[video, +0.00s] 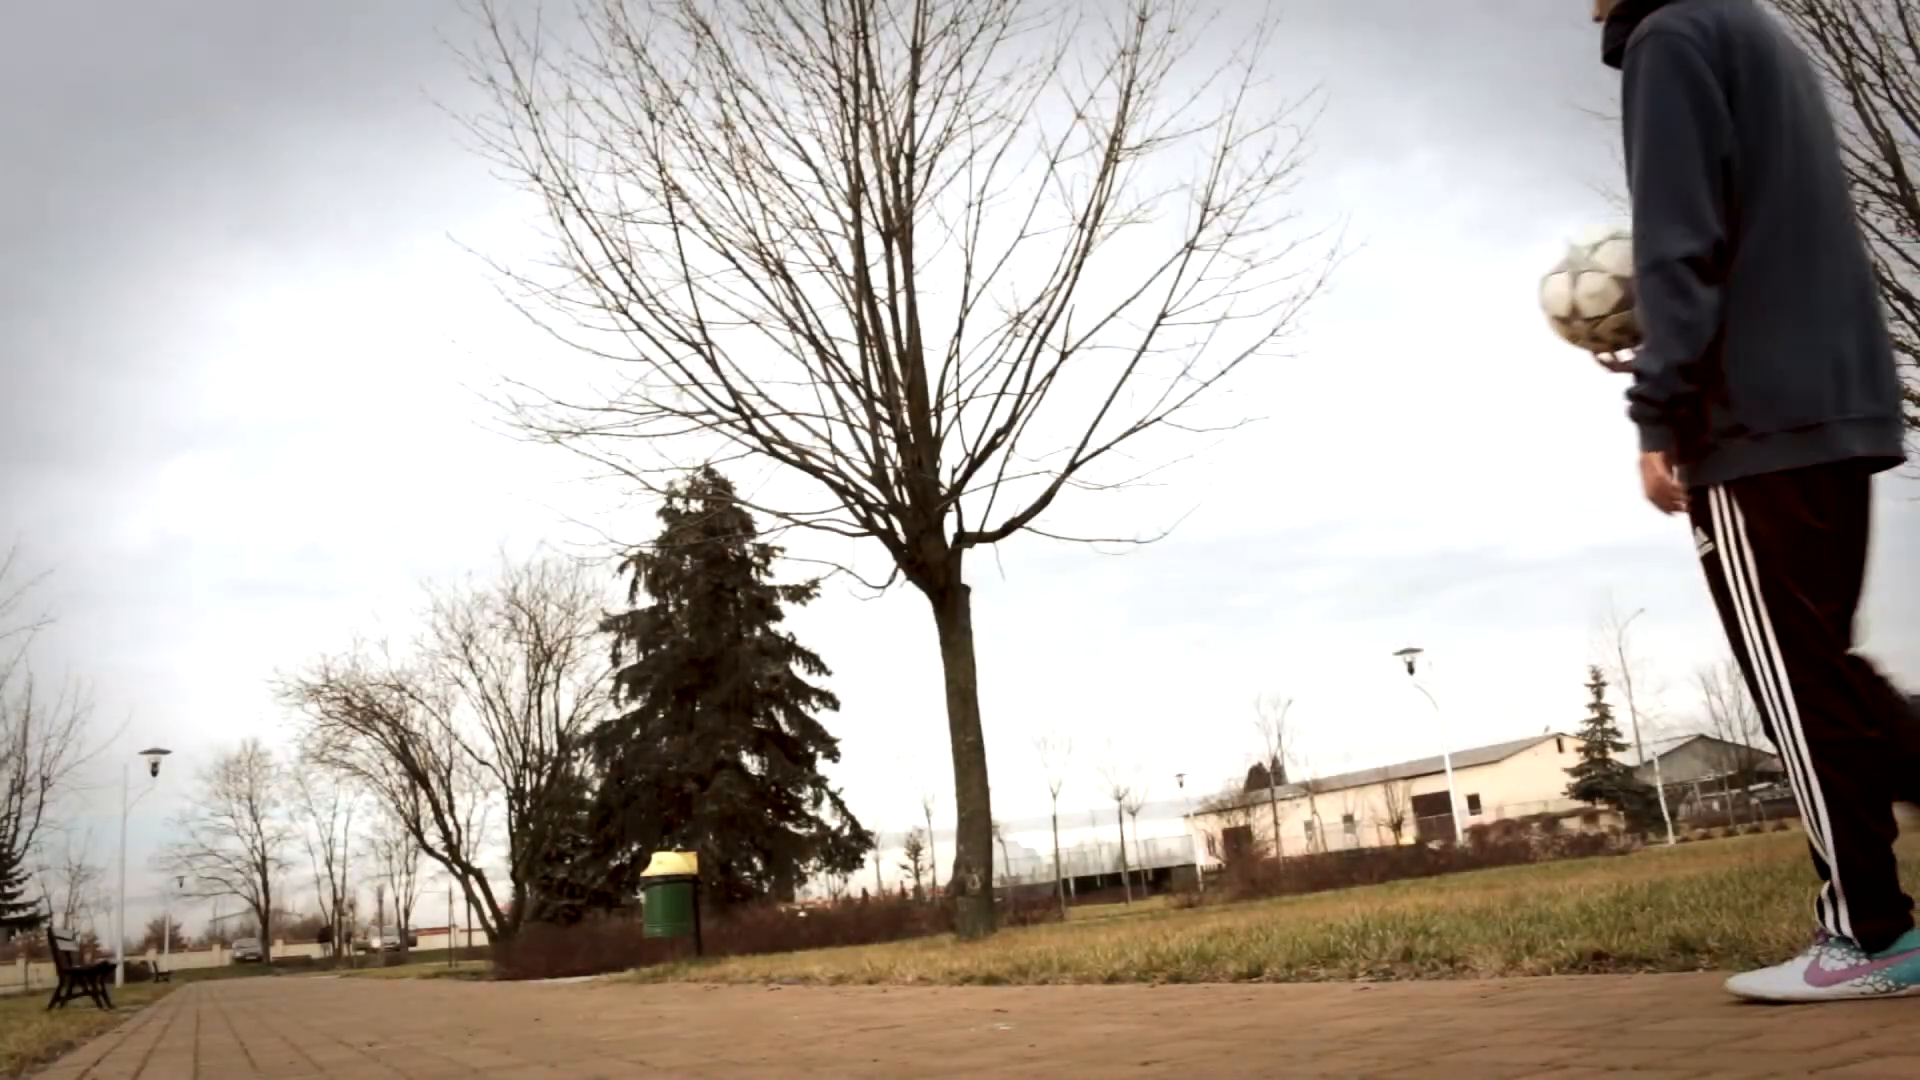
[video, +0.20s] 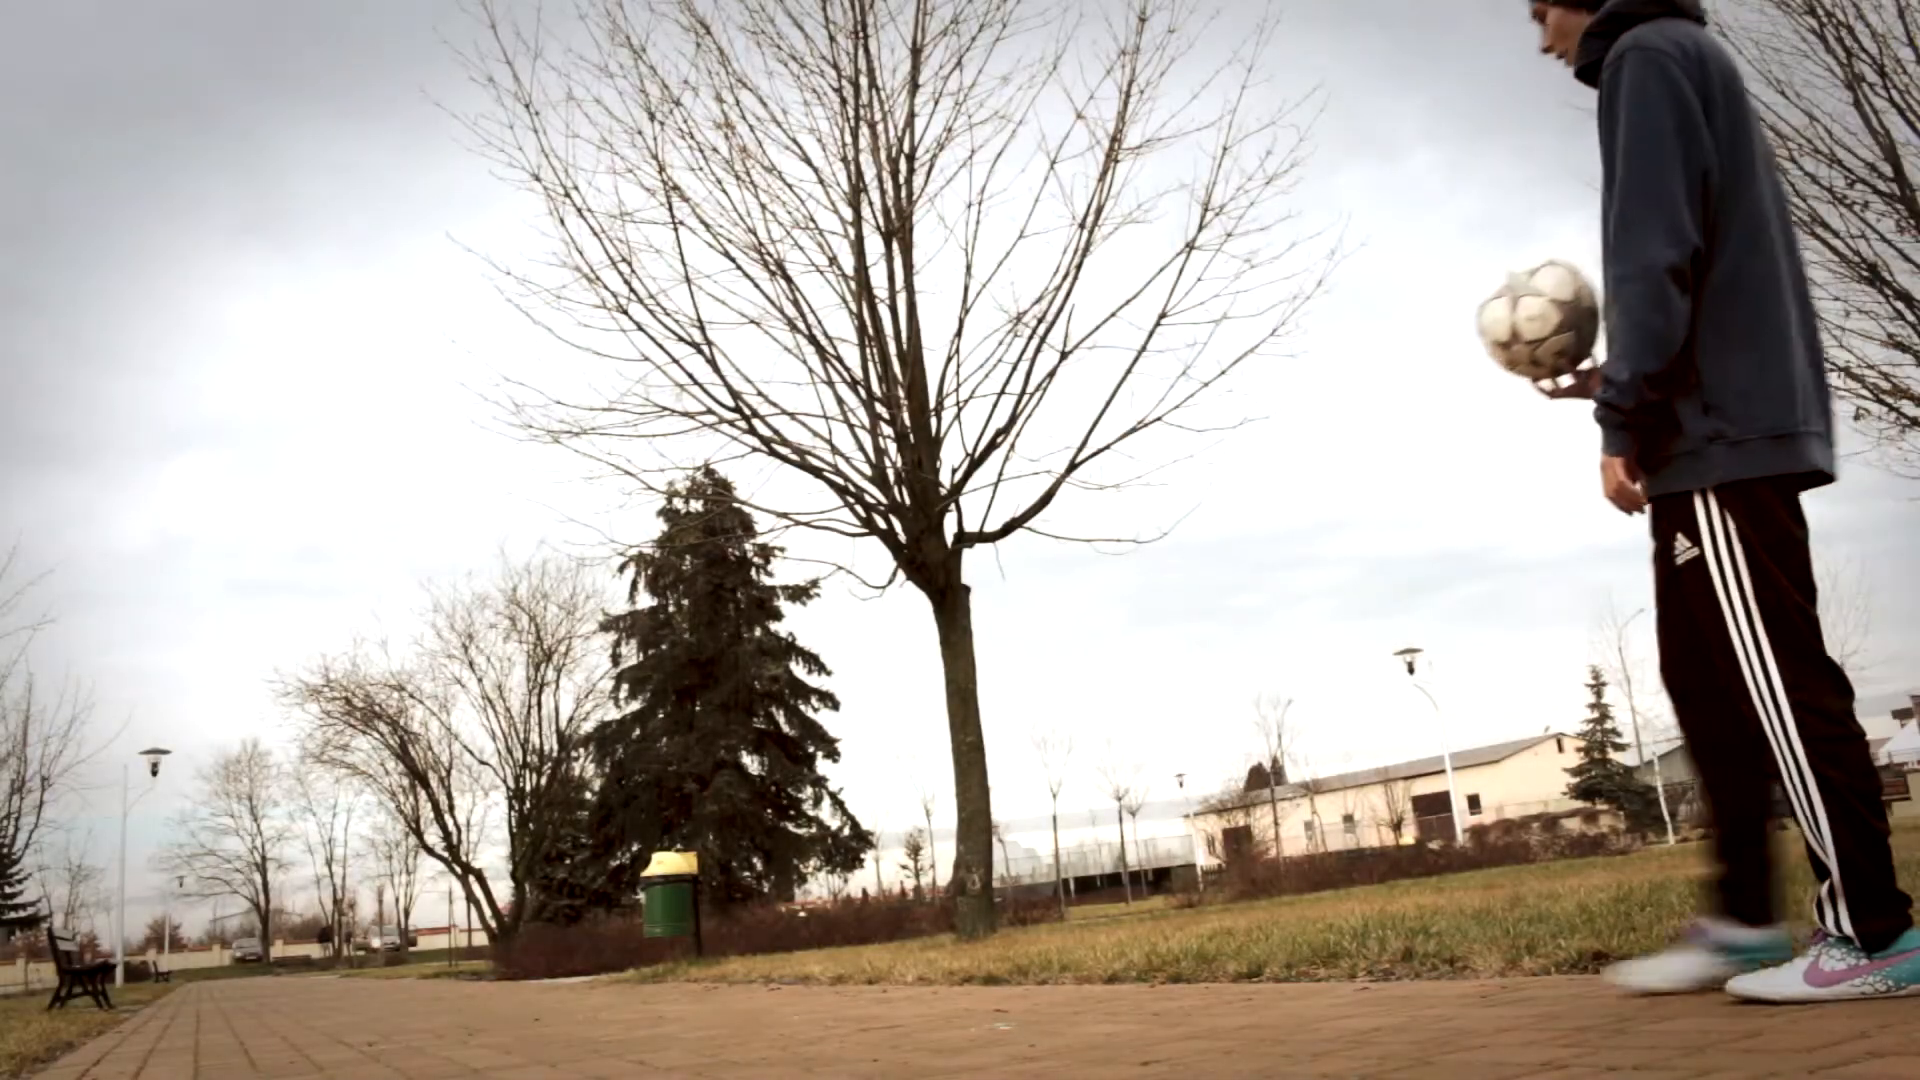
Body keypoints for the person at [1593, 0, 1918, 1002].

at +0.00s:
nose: (1591, 15)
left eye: (1593, 4)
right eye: (1592, 7)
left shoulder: (1670, 43)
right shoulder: (1764, 43)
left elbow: (1680, 243)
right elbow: (1774, 239)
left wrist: (1654, 419)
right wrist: (1653, 317)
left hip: (1760, 421)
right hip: (1833, 408)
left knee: (1792, 681)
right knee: (1823, 666)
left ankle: (1867, 934)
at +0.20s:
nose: (1541, 39)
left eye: (1542, 15)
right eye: (1537, 21)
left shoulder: (1648, 59)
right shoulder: (1674, 58)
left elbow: (1654, 251)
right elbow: (1688, 257)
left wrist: (1622, 420)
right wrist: (1602, 354)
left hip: (1726, 425)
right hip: (1705, 430)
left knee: (1780, 678)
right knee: (1700, 675)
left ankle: (1869, 935)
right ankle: (1743, 921)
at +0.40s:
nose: (1495, 74)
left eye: (1500, 51)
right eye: (1486, 61)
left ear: (1552, 25)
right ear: (1536, 43)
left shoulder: (1629, 90)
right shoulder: (1599, 128)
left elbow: (1661, 272)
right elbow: (1623, 321)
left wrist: (1626, 424)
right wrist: (1548, 415)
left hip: (1689, 461)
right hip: (1635, 473)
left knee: (1766, 692)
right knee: (1629, 704)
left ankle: (1872, 935)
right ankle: (1633, 929)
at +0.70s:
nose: (1432, 119)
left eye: (1438, 94)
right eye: (1418, 108)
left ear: (1491, 72)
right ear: (1430, 115)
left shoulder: (1574, 141)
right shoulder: (1471, 221)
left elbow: (1669, 279)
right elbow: (1471, 384)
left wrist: (1634, 403)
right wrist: (1431, 467)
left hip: (1606, 476)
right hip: (1531, 500)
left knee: (1646, 687)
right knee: (1583, 717)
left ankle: (1829, 893)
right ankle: (1631, 937)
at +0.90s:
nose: (1403, 142)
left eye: (1409, 116)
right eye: (1388, 132)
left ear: (1456, 90)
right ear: (1395, 136)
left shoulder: (1549, 155)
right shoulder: (1434, 236)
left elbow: (1631, 310)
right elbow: (1424, 386)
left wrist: (1613, 432)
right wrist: (1379, 480)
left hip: (1585, 476)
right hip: (1508, 503)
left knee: (1584, 681)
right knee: (1558, 703)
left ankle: (1726, 896)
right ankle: (1626, 929)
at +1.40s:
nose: (1390, 145)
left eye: (1399, 121)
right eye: (1375, 136)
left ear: (1445, 102)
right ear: (1376, 145)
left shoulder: (1529, 170)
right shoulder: (1418, 231)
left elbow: (1582, 316)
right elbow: (1439, 369)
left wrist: (1569, 462)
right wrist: (1447, 478)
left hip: (1559, 502)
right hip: (1465, 513)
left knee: (1600, 727)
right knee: (1417, 680)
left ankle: (1628, 944)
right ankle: (1515, 893)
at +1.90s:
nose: (1348, 160)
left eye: (1353, 136)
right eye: (1333, 151)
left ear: (1402, 111)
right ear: (1340, 155)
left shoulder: (1503, 178)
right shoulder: (1386, 247)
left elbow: (1578, 315)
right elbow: (1386, 404)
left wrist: (1595, 458)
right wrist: (1354, 519)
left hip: (1528, 494)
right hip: (1441, 516)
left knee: (1496, 708)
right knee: (1466, 719)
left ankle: (1590, 921)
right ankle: (1535, 945)